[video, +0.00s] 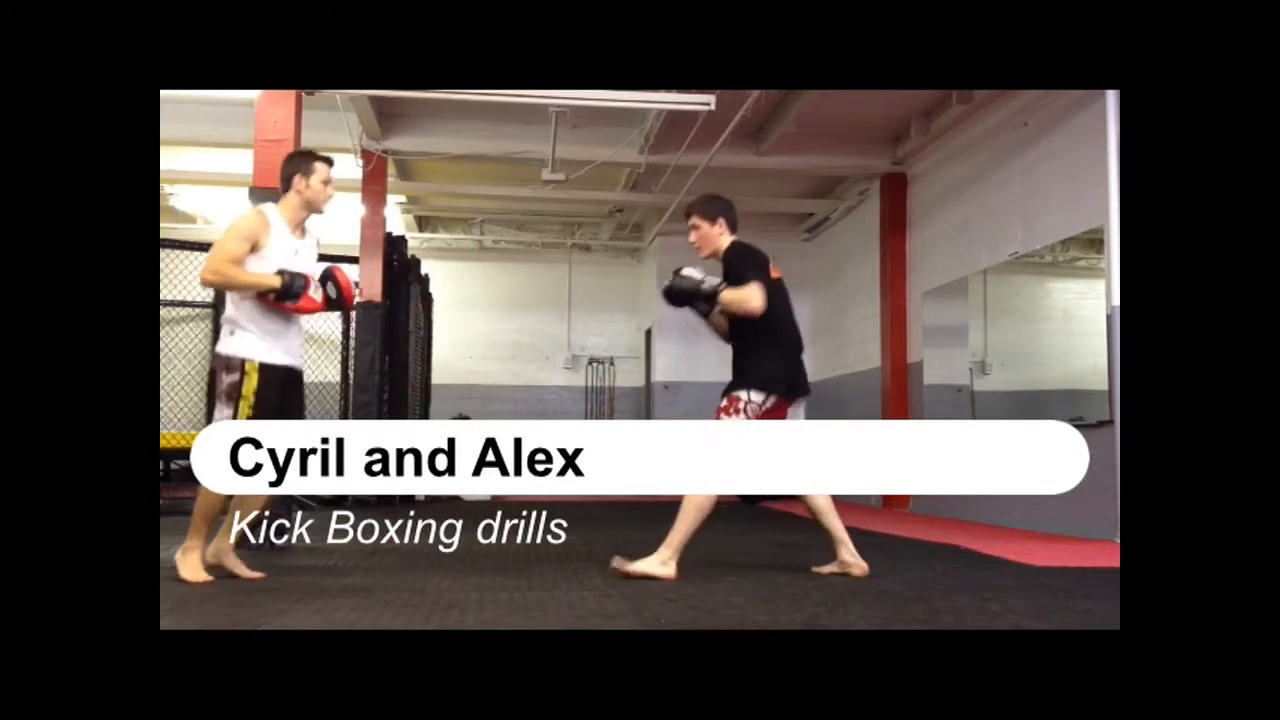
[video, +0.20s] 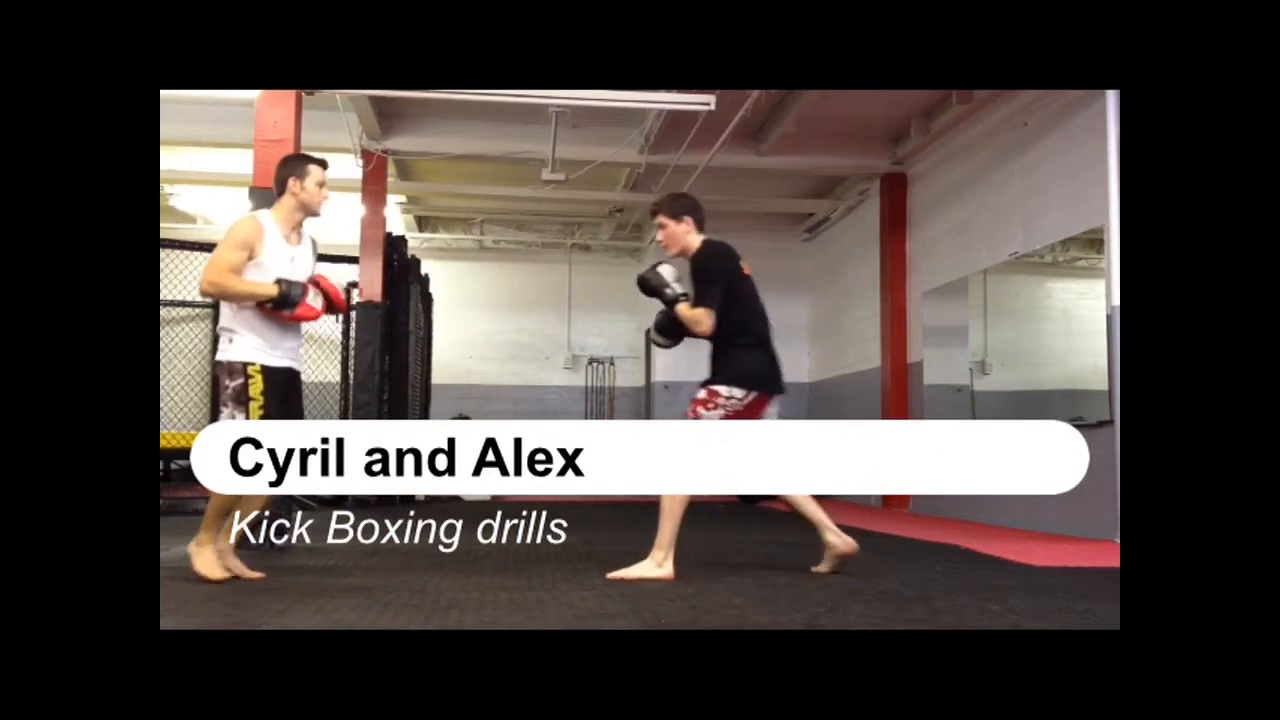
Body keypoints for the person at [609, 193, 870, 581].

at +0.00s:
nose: (691, 238)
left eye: (696, 229)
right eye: (689, 230)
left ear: (720, 225)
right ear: (721, 228)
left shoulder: (740, 254)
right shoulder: (743, 265)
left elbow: (755, 302)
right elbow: (733, 332)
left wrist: (708, 288)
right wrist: (704, 306)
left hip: (761, 380)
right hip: (784, 379)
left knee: (711, 465)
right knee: (801, 466)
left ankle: (665, 557)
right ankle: (848, 553)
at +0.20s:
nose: (657, 237)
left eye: (662, 227)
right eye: (656, 229)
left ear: (687, 224)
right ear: (689, 226)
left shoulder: (710, 255)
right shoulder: (715, 256)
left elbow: (704, 323)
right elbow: (714, 318)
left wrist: (674, 299)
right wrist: (681, 324)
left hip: (738, 376)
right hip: (757, 376)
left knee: (681, 456)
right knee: (764, 461)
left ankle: (660, 558)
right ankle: (834, 536)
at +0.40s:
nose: (644, 226)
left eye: (647, 216)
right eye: (642, 218)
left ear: (671, 210)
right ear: (674, 213)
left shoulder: (689, 245)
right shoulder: (704, 243)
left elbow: (689, 310)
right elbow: (694, 302)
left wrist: (647, 289)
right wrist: (658, 281)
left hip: (721, 365)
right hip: (740, 363)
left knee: (681, 450)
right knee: (725, 450)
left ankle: (661, 557)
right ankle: (759, 547)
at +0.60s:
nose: (646, 229)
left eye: (649, 219)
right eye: (644, 221)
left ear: (674, 214)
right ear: (672, 217)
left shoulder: (699, 244)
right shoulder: (692, 252)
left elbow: (716, 306)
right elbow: (690, 323)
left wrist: (666, 292)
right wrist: (656, 300)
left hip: (714, 367)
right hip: (724, 368)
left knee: (650, 437)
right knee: (713, 450)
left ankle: (644, 546)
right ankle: (752, 550)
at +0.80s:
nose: (628, 225)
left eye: (631, 215)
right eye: (626, 216)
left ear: (656, 210)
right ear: (654, 213)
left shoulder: (678, 242)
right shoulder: (671, 250)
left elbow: (693, 302)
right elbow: (667, 316)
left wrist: (645, 284)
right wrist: (639, 287)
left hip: (694, 371)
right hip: (709, 371)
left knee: (649, 457)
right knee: (717, 458)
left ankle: (620, 557)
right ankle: (751, 549)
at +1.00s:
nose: (612, 218)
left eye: (616, 208)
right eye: (610, 209)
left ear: (639, 203)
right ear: (644, 206)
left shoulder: (651, 237)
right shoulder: (676, 237)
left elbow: (647, 298)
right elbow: (660, 295)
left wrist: (614, 277)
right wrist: (623, 271)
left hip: (674, 364)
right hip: (700, 362)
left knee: (635, 451)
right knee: (690, 450)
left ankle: (618, 558)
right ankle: (724, 545)